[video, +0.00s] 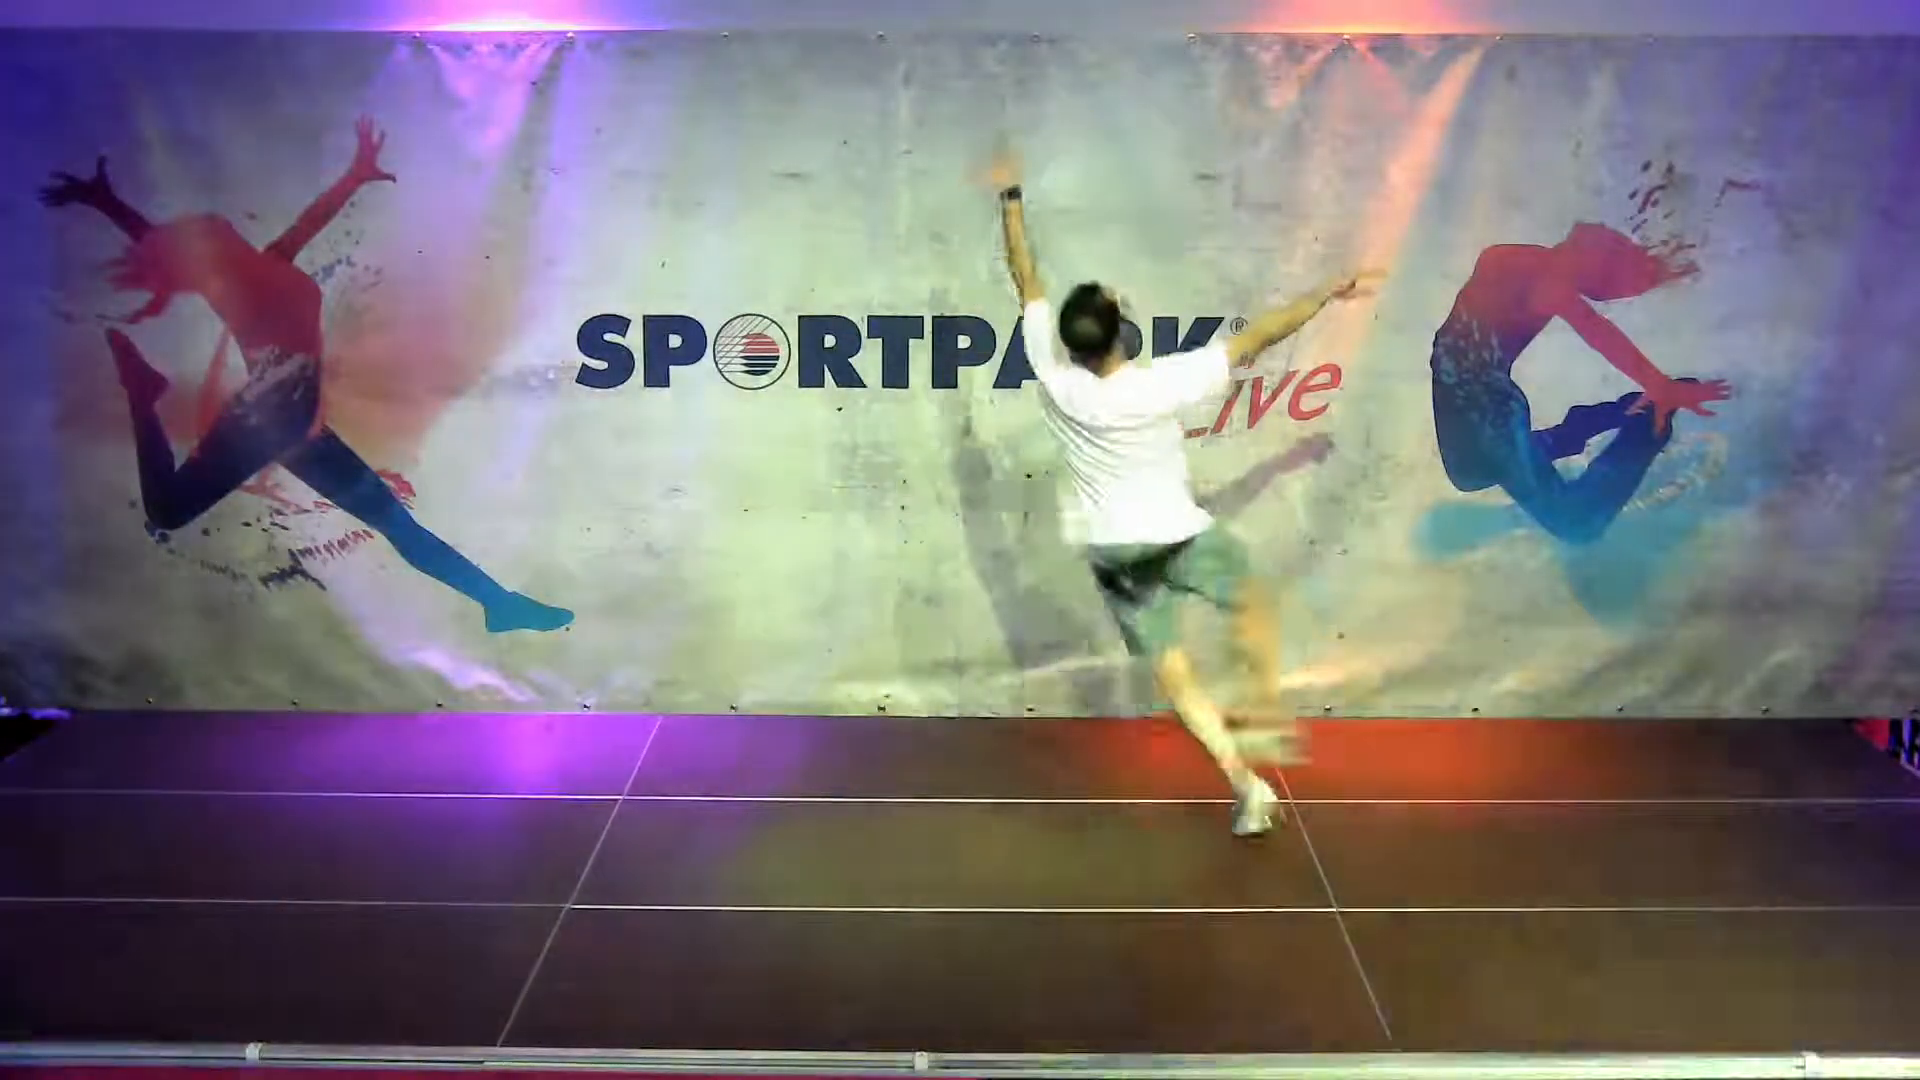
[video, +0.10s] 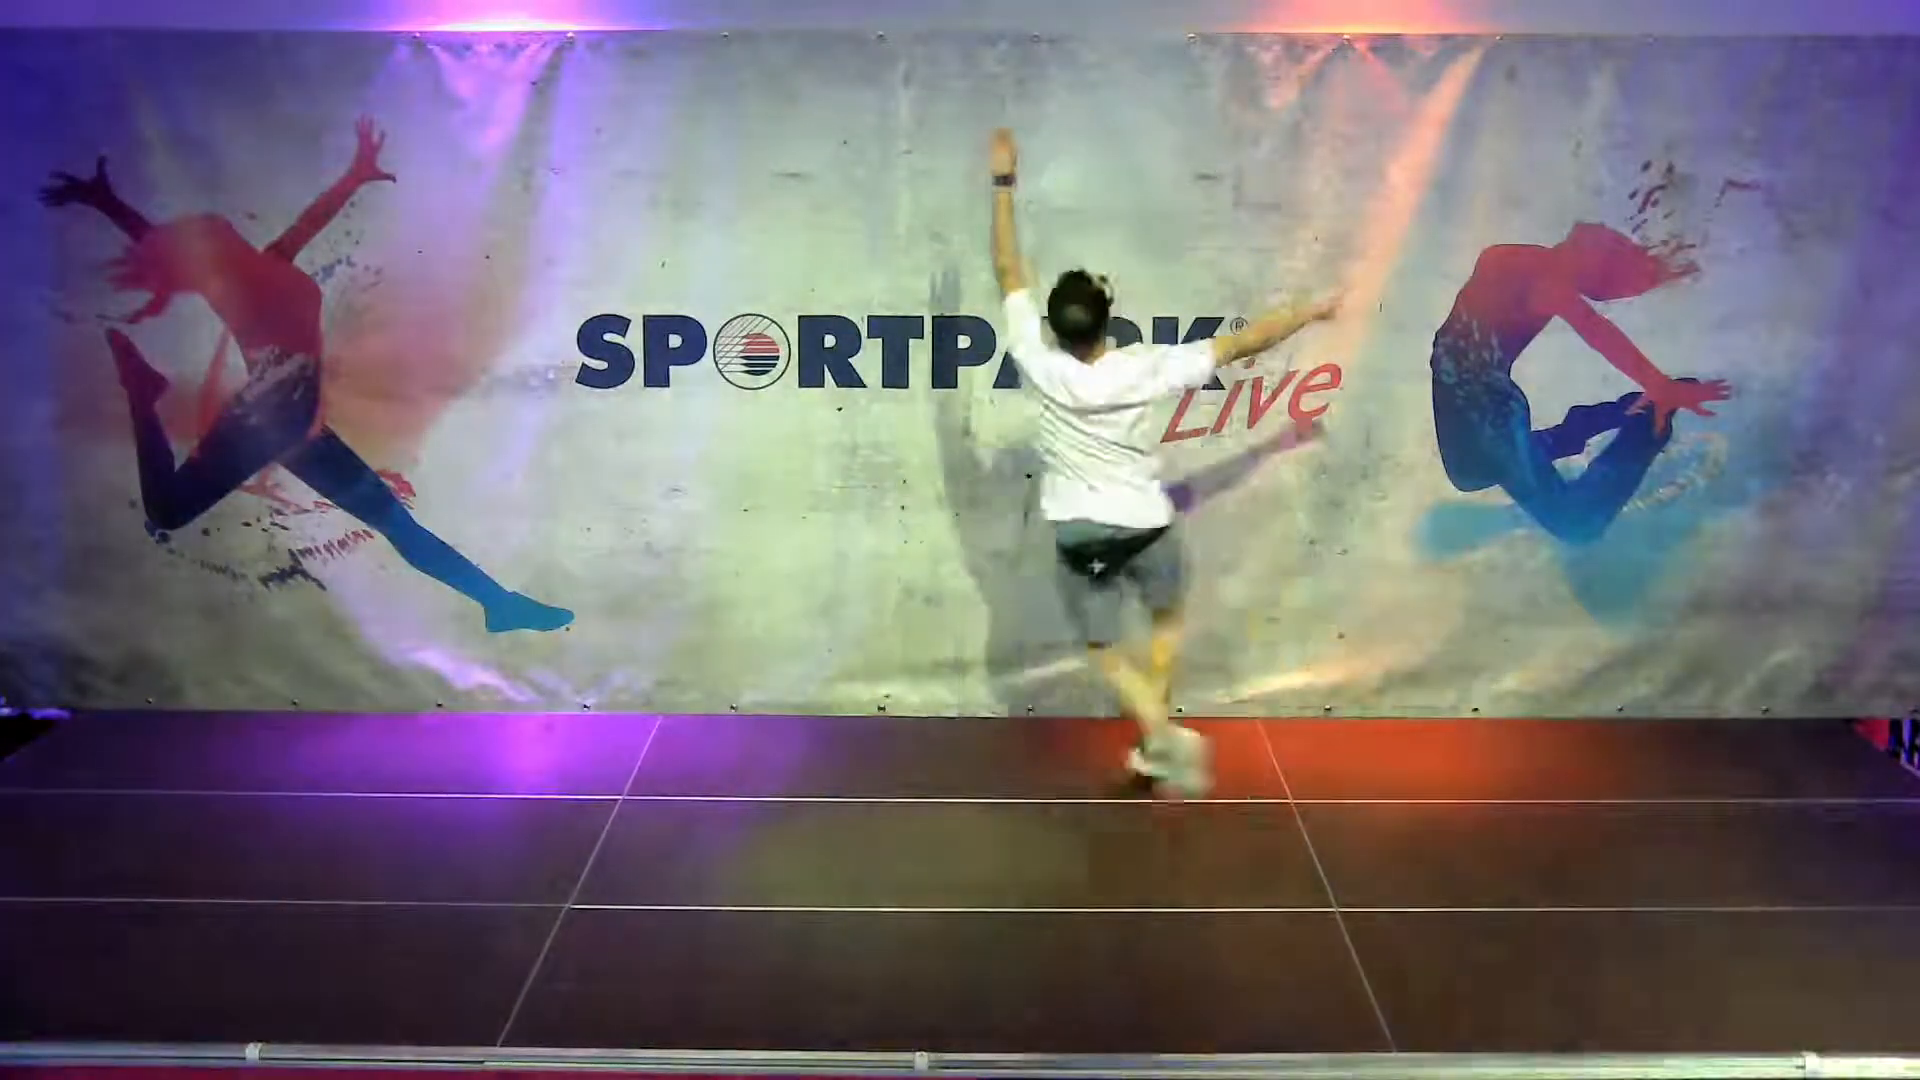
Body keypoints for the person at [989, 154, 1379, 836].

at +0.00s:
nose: (1123, 328)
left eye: (1099, 326)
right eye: (1121, 323)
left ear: (1070, 340)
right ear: (1121, 334)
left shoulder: (1056, 380)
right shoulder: (1159, 383)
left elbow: (1025, 282)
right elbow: (1249, 341)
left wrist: (1010, 198)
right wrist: (1324, 295)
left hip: (1108, 546)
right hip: (1173, 528)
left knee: (1171, 674)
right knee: (1251, 599)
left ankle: (1247, 786)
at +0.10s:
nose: (1091, 307)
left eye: (1074, 308)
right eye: (1098, 304)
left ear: (1057, 329)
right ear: (1106, 325)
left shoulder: (1045, 367)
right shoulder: (1146, 372)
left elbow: (1010, 273)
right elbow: (1235, 345)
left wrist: (1003, 183)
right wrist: (1306, 312)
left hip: (1077, 521)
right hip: (1142, 516)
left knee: (1100, 645)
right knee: (1168, 620)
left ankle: (1171, 735)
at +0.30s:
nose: (1029, 328)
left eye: (1022, 319)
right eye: (1040, 320)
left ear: (1005, 333)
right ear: (1058, 332)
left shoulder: (982, 379)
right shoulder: (1087, 394)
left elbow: (950, 307)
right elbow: (1152, 394)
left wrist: (965, 222)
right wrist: (1157, 381)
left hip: (996, 547)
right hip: (1067, 547)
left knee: (947, 619)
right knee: (1125, 623)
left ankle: (917, 736)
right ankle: (1156, 742)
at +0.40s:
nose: (1007, 320)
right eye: (1004, 312)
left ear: (951, 315)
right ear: (1001, 320)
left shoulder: (931, 358)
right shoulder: (1024, 389)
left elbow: (914, 272)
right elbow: (1092, 412)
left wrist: (945, 204)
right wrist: (1100, 407)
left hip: (931, 520)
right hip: (1001, 527)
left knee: (915, 621)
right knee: (1053, 630)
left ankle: (900, 737)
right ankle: (1119, 732)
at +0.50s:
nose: (945, 295)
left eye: (950, 284)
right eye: (934, 286)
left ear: (955, 281)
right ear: (910, 286)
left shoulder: (898, 325)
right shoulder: (929, 354)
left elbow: (916, 266)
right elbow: (981, 415)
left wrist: (911, 212)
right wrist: (996, 403)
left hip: (885, 485)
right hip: (919, 494)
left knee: (910, 606)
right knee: (963, 606)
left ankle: (891, 729)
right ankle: (993, 732)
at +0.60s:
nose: (878, 279)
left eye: (886, 268)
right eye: (866, 269)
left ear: (900, 265)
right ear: (850, 269)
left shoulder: (906, 298)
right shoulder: (846, 334)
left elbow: (921, 213)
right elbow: (850, 413)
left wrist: (909, 144)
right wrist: (928, 415)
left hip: (899, 475)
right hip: (855, 482)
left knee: (896, 597)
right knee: (882, 604)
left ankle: (850, 701)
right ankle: (859, 737)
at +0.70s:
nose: (819, 294)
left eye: (827, 281)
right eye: (807, 284)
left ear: (846, 282)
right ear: (792, 288)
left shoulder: (869, 323)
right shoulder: (774, 355)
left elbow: (913, 243)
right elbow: (730, 419)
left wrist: (917, 157)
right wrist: (780, 419)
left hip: (866, 504)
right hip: (799, 510)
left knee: (859, 619)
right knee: (783, 626)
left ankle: (854, 712)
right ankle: (721, 738)